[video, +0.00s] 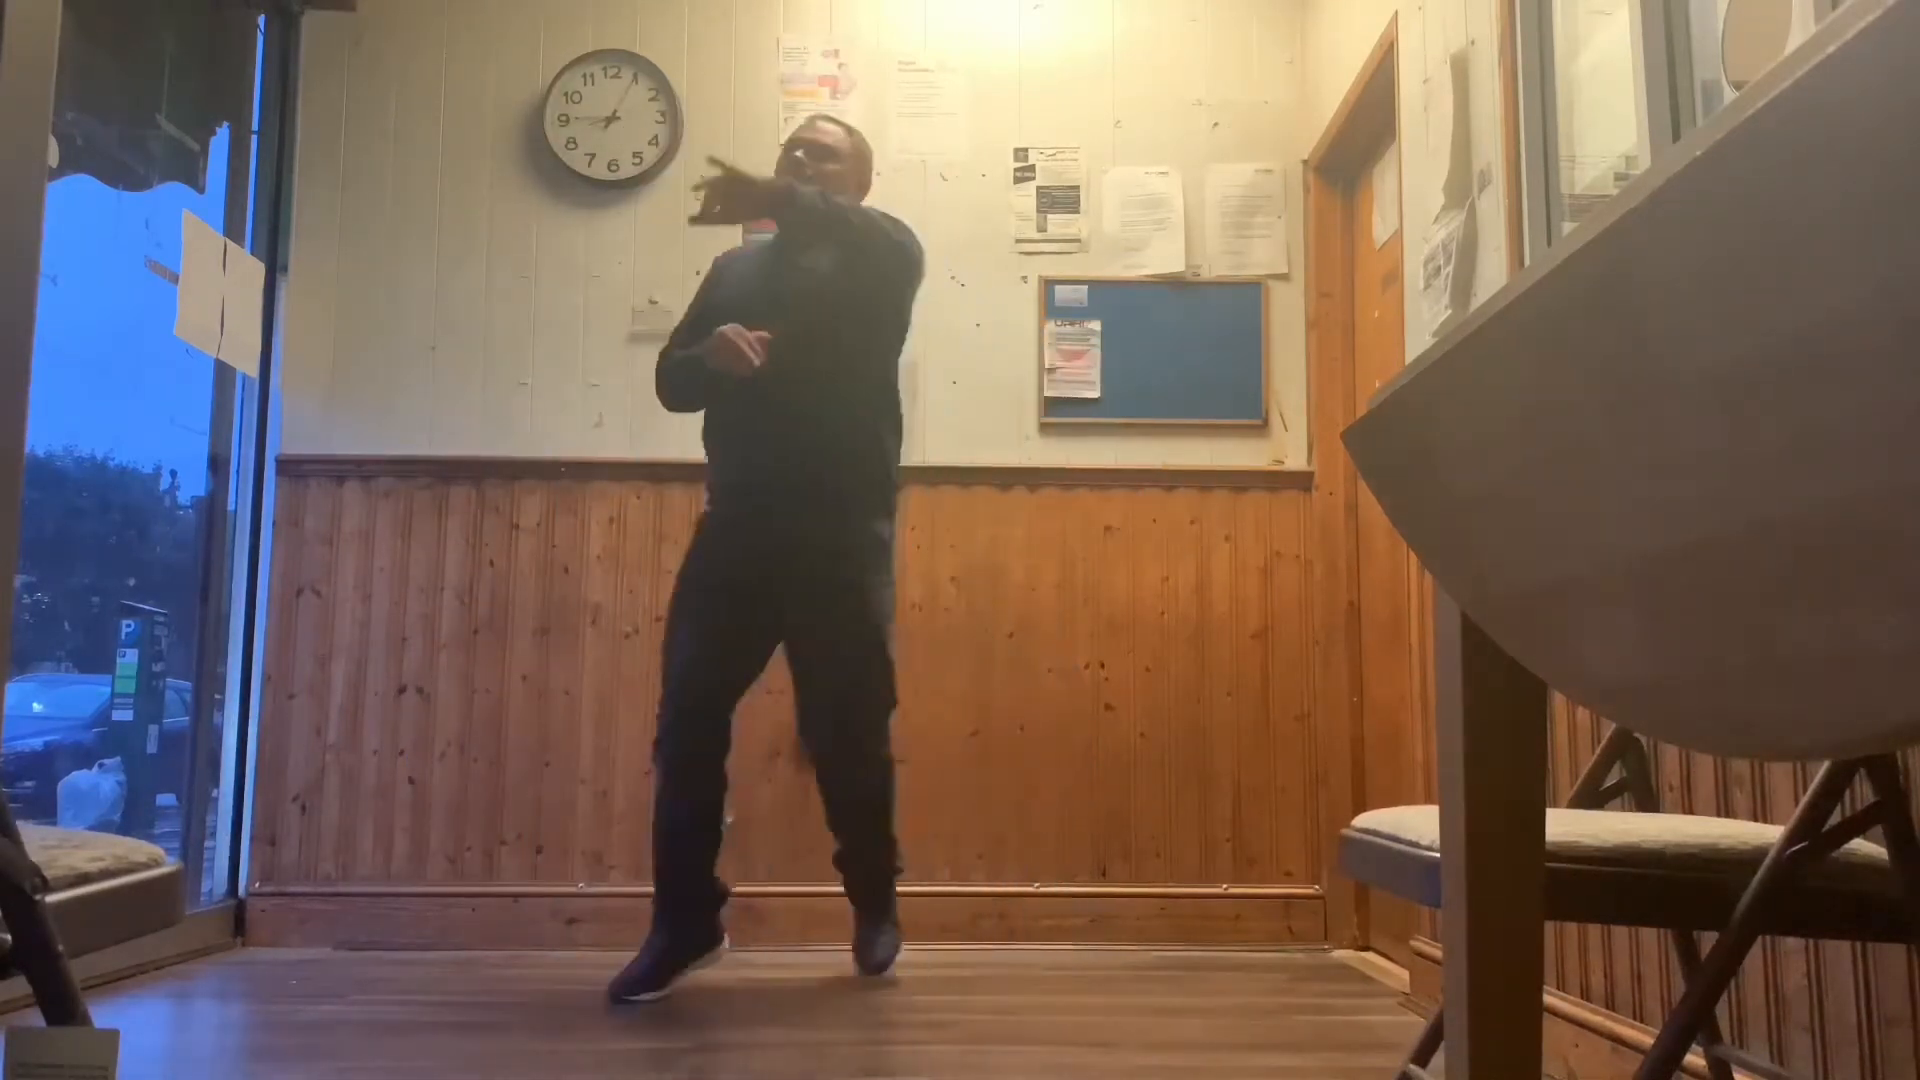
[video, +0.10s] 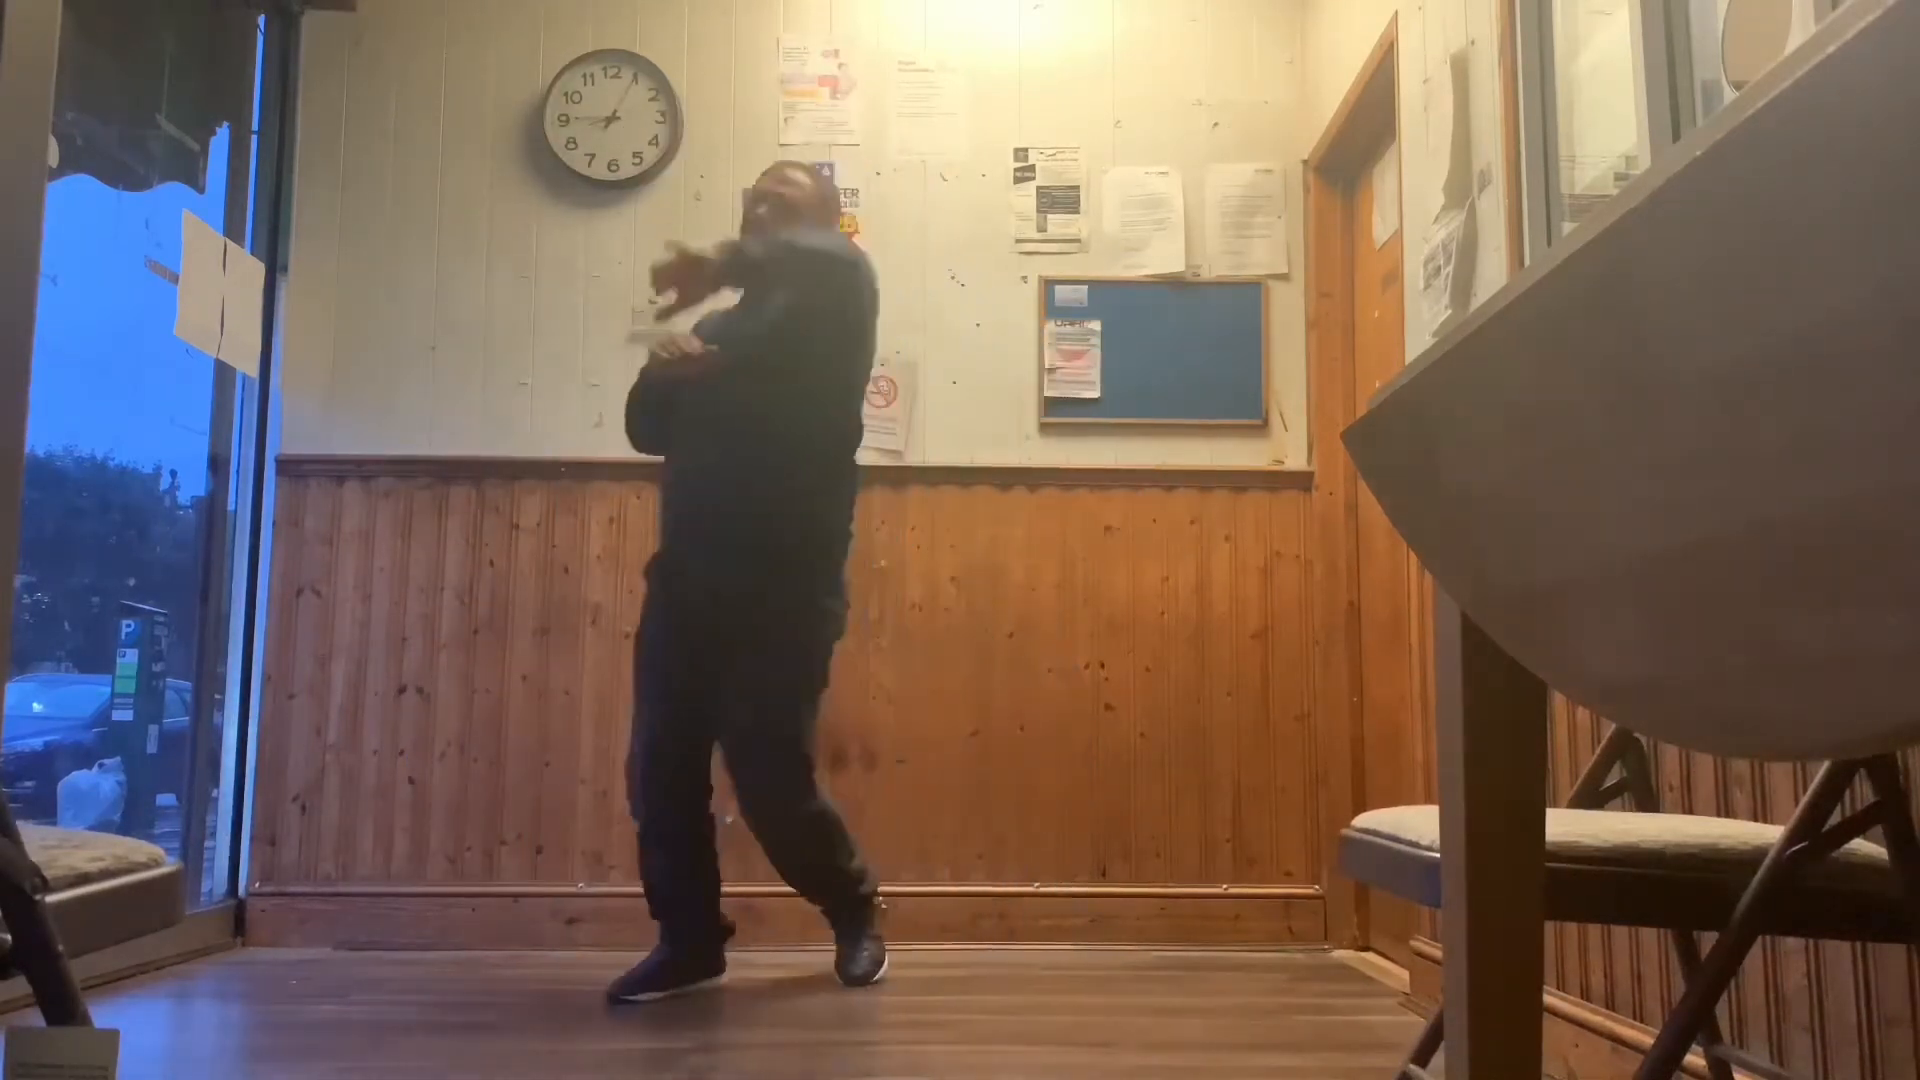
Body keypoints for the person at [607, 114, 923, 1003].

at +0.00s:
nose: (805, 162)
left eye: (828, 153)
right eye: (794, 152)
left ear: (864, 186)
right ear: (774, 175)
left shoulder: (887, 255)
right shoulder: (736, 268)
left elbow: (881, 244)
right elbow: (671, 380)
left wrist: (771, 195)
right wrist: (711, 358)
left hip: (843, 529)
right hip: (739, 526)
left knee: (849, 730)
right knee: (688, 724)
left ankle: (873, 909)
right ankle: (686, 919)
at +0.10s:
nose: (761, 208)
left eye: (785, 200)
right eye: (751, 200)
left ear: (834, 231)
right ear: (741, 225)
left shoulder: (836, 291)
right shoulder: (714, 329)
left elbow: (824, 260)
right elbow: (647, 428)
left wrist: (720, 263)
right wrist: (667, 367)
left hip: (786, 570)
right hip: (692, 567)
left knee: (765, 765)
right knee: (663, 769)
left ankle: (854, 912)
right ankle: (690, 940)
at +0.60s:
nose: (712, 222)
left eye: (733, 207)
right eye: (703, 206)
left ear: (774, 216)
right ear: (683, 216)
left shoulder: (804, 332)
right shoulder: (640, 289)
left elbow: (820, 467)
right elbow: (539, 281)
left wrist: (798, 554)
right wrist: (630, 239)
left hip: (723, 558)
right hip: (619, 549)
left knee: (640, 738)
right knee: (596, 744)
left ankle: (568, 963)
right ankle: (691, 928)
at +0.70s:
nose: (737, 209)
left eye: (753, 198)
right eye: (723, 196)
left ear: (783, 216)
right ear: (697, 209)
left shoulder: (807, 322)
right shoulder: (643, 294)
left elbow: (865, 455)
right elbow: (518, 321)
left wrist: (853, 432)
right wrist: (606, 281)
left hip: (744, 546)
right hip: (640, 544)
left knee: (708, 696)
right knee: (627, 749)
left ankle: (721, 910)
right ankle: (666, 937)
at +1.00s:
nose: (812, 188)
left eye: (823, 177)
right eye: (796, 171)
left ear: (830, 194)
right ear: (749, 176)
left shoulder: (845, 287)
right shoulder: (697, 261)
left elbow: (877, 415)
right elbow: (710, 169)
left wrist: (900, 537)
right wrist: (814, 82)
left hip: (829, 535)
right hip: (719, 537)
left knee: (860, 731)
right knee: (723, 746)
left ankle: (890, 929)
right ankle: (735, 927)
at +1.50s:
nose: (982, 226)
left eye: (990, 210)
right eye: (962, 208)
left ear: (998, 215)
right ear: (919, 207)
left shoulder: (998, 293)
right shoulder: (849, 284)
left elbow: (1080, 293)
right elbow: (730, 378)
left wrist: (1022, 222)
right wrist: (681, 504)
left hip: (949, 542)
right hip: (872, 538)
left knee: (977, 740)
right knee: (964, 737)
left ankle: (838, 899)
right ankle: (944, 973)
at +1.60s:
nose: (975, 255)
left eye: (986, 239)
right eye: (959, 236)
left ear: (995, 241)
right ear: (917, 232)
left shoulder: (997, 321)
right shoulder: (851, 311)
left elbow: (1071, 286)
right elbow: (735, 390)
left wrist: (1019, 191)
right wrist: (672, 500)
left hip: (977, 581)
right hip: (906, 577)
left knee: (961, 789)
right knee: (1016, 766)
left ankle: (795, 919)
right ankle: (956, 979)